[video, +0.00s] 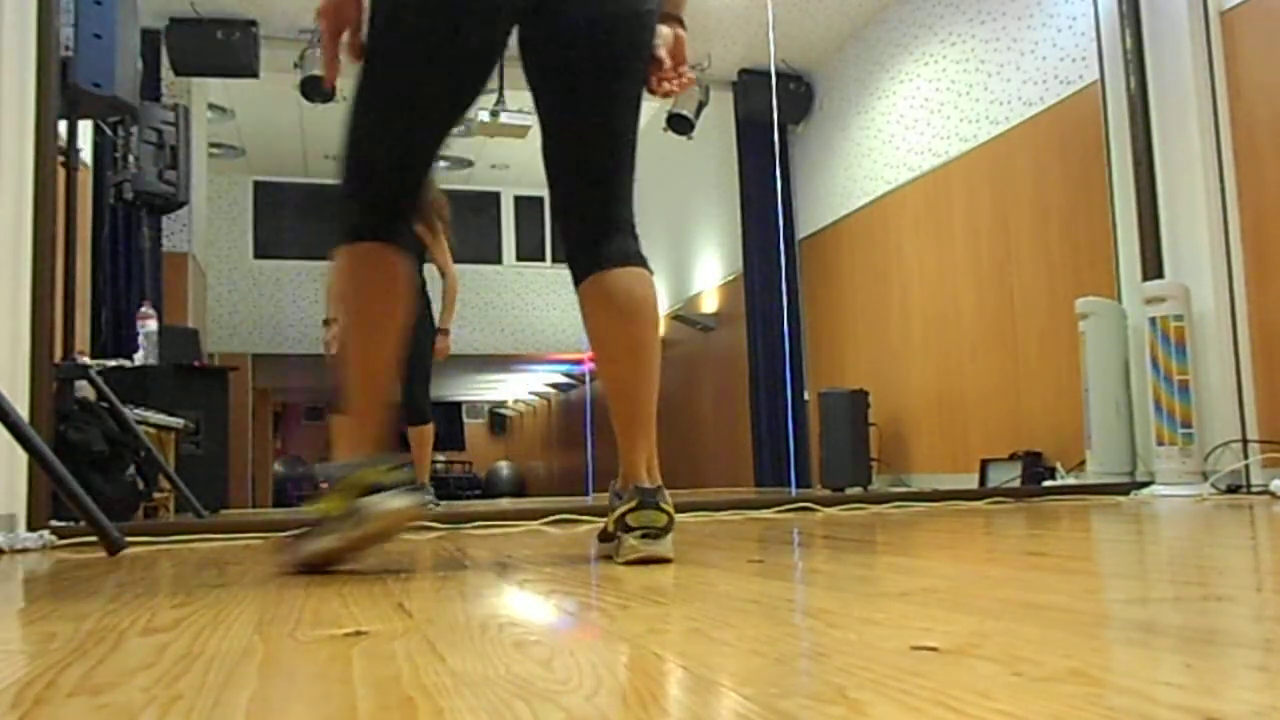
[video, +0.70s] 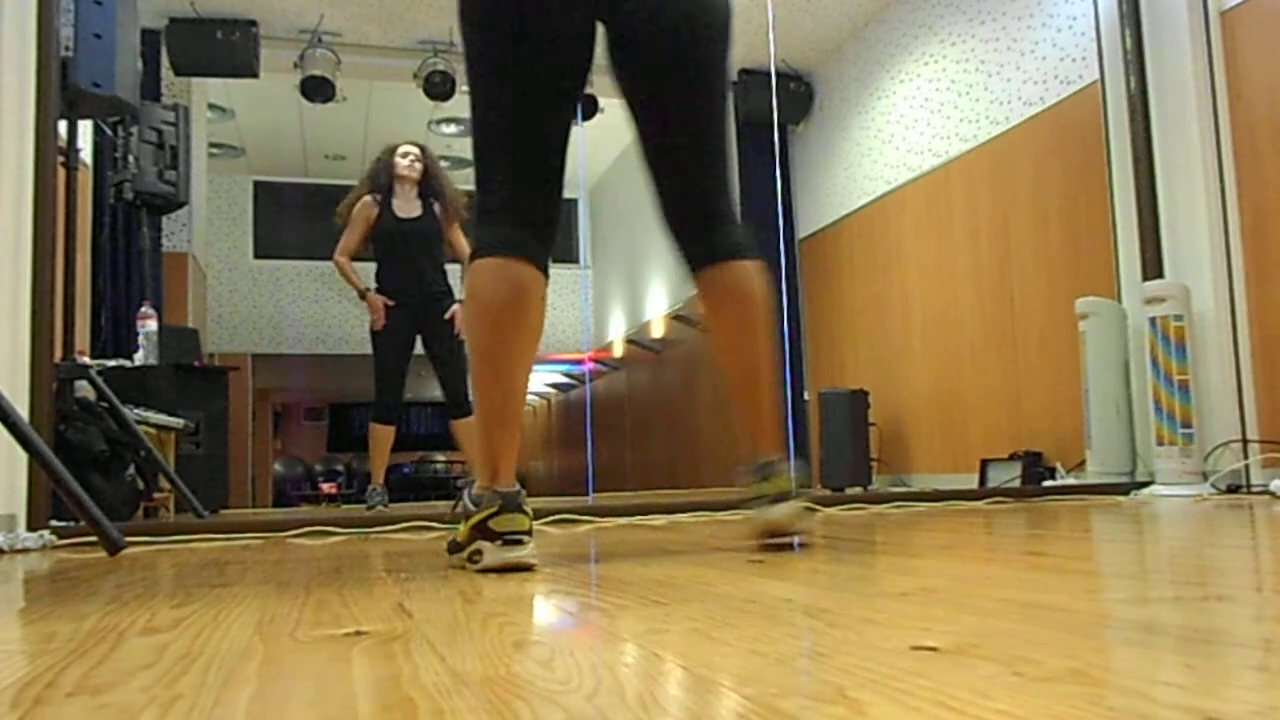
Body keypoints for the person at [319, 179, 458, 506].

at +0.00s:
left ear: (405, 191)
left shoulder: (418, 221)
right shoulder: (357, 226)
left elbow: (449, 274)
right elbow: (337, 272)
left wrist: (444, 328)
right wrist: (334, 319)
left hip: (411, 318)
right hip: (365, 319)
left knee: (415, 401)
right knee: (359, 392)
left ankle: (422, 484)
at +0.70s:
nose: (410, 161)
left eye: (417, 158)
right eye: (403, 155)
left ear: (424, 171)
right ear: (389, 166)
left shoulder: (438, 208)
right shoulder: (372, 205)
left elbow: (469, 259)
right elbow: (340, 257)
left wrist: (465, 302)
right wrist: (366, 294)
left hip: (439, 309)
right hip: (393, 311)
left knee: (458, 396)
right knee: (388, 399)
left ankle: (480, 481)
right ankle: (377, 485)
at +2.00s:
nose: (524, 170)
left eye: (530, 167)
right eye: (519, 164)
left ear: (537, 176)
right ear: (506, 172)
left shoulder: (544, 217)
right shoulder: (489, 210)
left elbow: (573, 204)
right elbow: (477, 173)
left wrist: (550, 169)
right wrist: (503, 158)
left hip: (545, 306)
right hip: (504, 307)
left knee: (543, 396)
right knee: (500, 397)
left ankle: (546, 480)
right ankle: (484, 481)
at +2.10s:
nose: (523, 170)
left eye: (529, 166)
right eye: (518, 163)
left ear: (536, 176)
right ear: (505, 170)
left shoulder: (542, 216)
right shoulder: (487, 209)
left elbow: (573, 202)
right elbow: (474, 170)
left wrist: (550, 168)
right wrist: (501, 156)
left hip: (543, 306)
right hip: (502, 306)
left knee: (542, 396)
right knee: (498, 397)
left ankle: (547, 480)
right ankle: (484, 481)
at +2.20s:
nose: (522, 169)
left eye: (529, 166)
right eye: (516, 163)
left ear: (536, 176)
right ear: (504, 170)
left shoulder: (541, 215)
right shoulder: (485, 208)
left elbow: (570, 200)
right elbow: (469, 167)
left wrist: (549, 167)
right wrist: (497, 155)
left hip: (541, 305)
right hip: (499, 306)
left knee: (541, 397)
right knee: (496, 397)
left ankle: (546, 480)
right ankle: (484, 481)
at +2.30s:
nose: (525, 171)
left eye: (531, 168)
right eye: (519, 165)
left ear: (537, 180)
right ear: (504, 172)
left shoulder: (539, 217)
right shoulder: (484, 206)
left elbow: (564, 200)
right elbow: (463, 165)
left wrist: (547, 166)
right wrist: (493, 157)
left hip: (537, 307)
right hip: (495, 307)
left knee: (547, 394)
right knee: (494, 398)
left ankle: (546, 480)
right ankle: (483, 481)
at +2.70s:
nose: (534, 188)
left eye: (541, 184)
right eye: (528, 183)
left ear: (549, 196)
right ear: (514, 193)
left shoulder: (561, 238)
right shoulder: (497, 235)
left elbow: (579, 296)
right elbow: (479, 281)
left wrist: (564, 276)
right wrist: (478, 293)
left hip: (538, 329)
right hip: (494, 326)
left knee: (561, 412)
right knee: (467, 400)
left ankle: (593, 478)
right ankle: (480, 483)